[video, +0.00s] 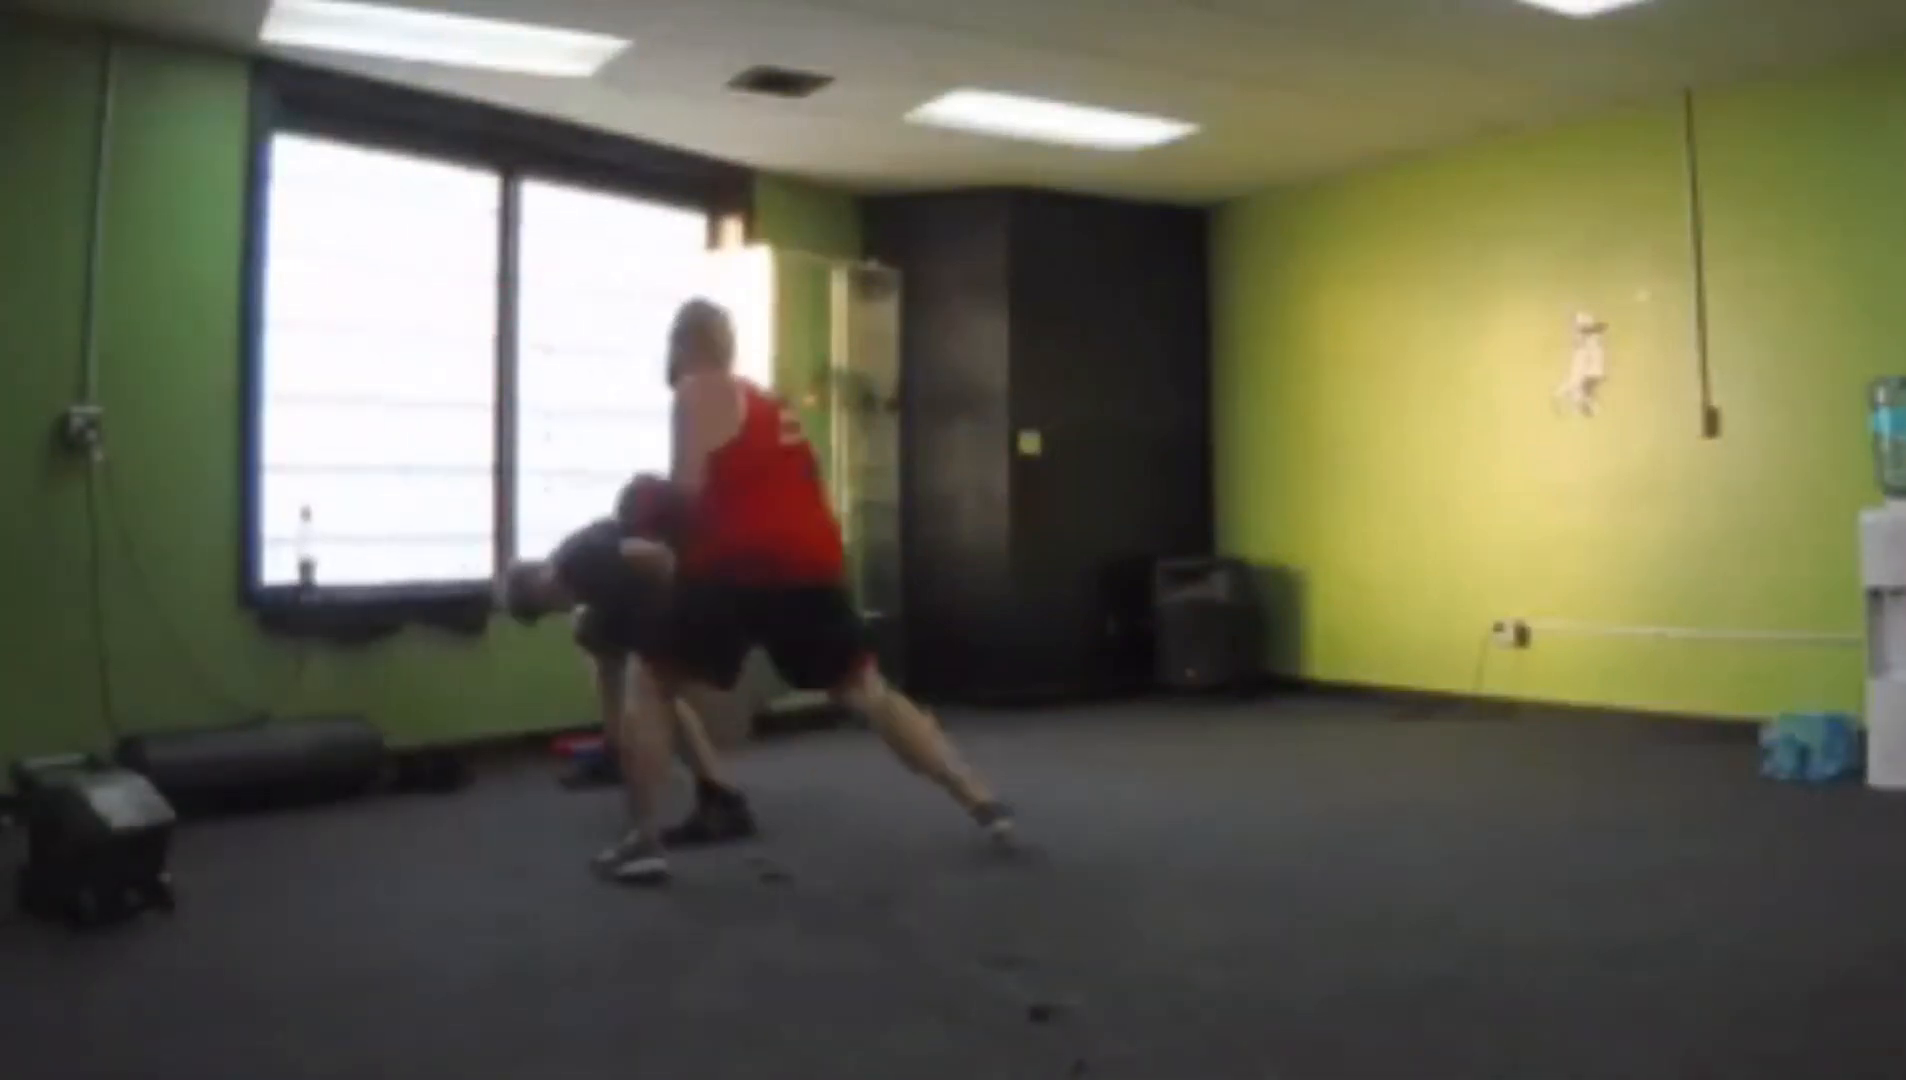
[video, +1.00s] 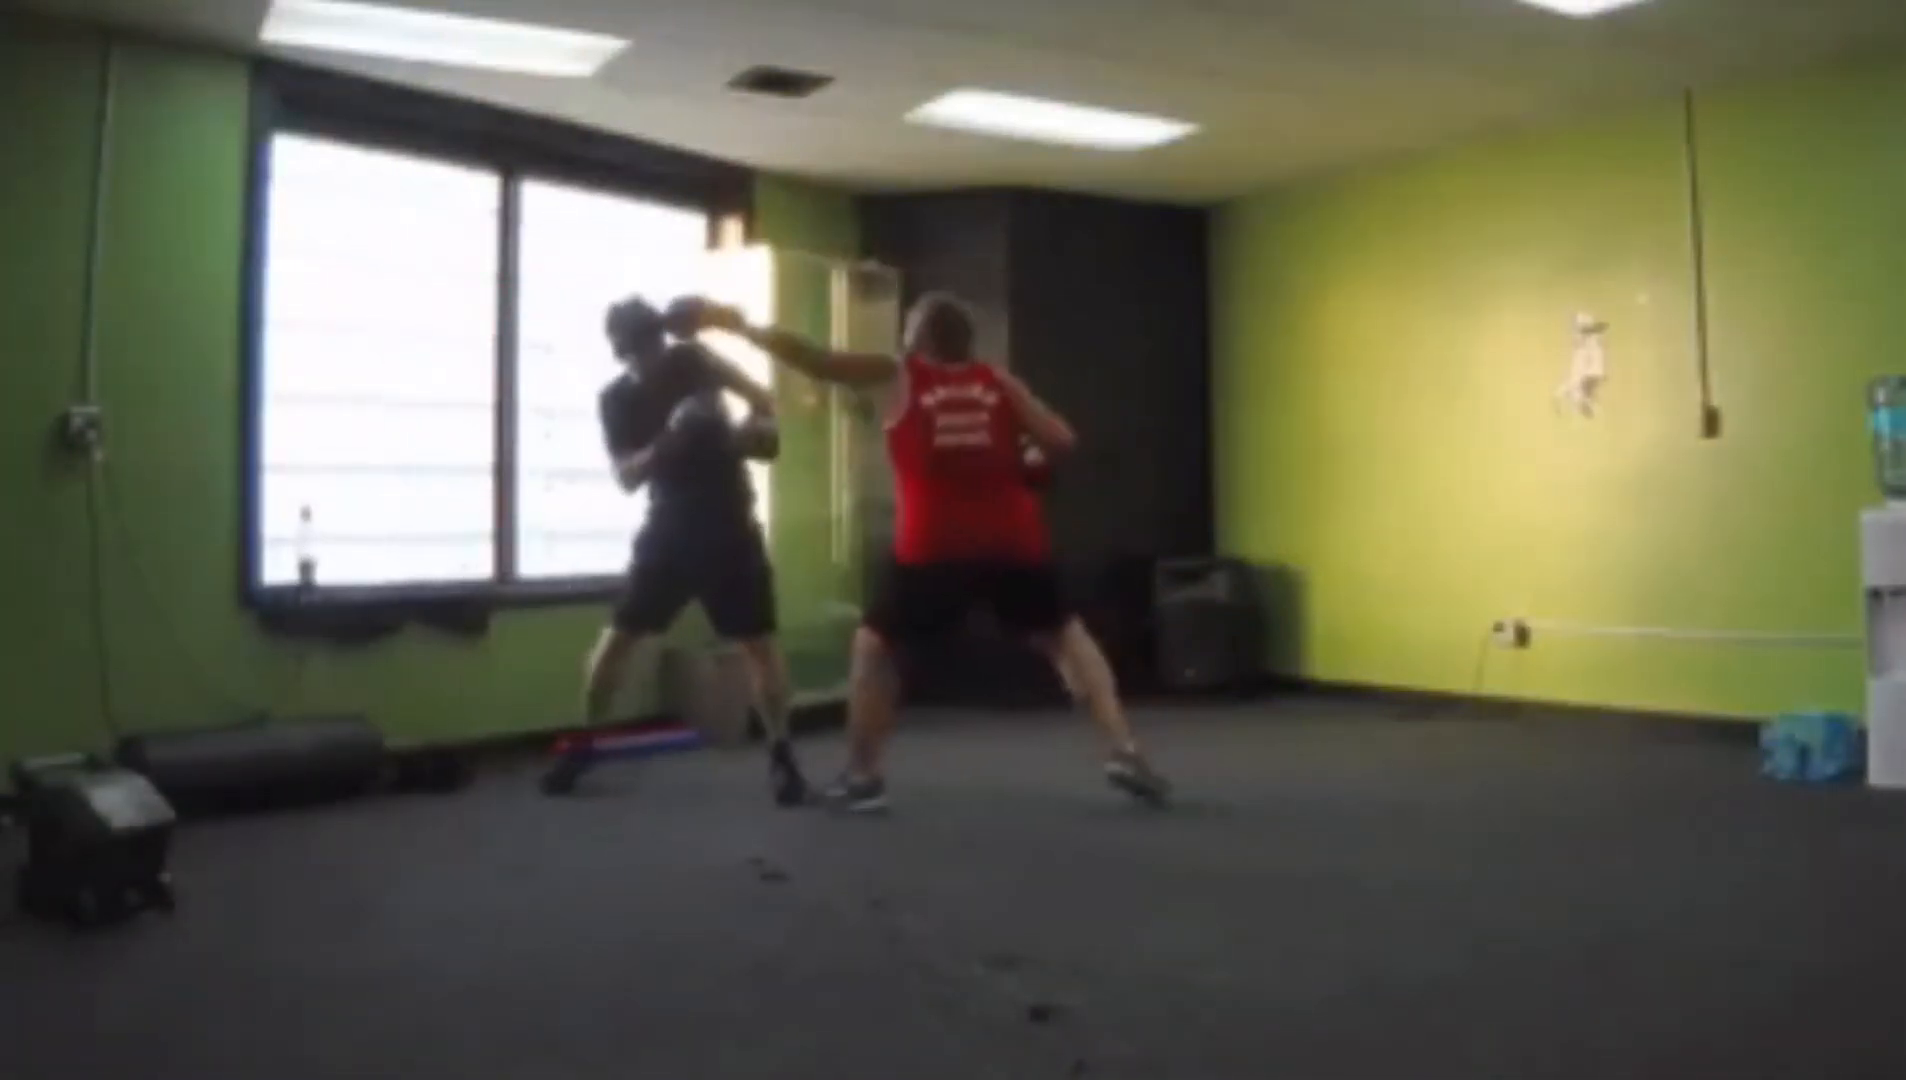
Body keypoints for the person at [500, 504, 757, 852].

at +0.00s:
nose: (554, 610)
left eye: (544, 603)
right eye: (544, 609)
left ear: (540, 581)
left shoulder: (582, 559)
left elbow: (659, 556)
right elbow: (610, 669)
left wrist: (666, 616)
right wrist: (613, 737)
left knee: (655, 690)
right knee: (660, 693)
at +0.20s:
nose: (515, 488)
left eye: (512, 477)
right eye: (509, 483)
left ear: (524, 459)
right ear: (513, 478)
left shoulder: (588, 458)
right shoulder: (560, 502)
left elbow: (672, 486)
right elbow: (605, 557)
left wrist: (715, 547)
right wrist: (593, 603)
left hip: (695, 557)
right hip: (647, 568)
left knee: (705, 674)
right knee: (582, 651)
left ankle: (733, 791)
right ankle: (614, 755)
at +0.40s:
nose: (546, 374)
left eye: (547, 362)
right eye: (538, 369)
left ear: (563, 351)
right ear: (537, 372)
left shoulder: (615, 367)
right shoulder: (560, 423)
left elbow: (692, 385)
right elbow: (584, 489)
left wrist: (696, 443)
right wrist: (591, 538)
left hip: (685, 495)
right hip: (639, 515)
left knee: (719, 628)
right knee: (604, 635)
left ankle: (771, 749)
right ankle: (614, 749)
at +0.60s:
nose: (600, 329)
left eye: (603, 316)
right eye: (588, 322)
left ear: (619, 311)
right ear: (583, 327)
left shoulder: (665, 344)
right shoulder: (590, 387)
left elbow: (729, 390)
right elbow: (599, 450)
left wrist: (730, 453)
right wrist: (614, 489)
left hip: (708, 492)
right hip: (651, 505)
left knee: (745, 627)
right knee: (653, 630)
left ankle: (786, 749)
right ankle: (642, 746)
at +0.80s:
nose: (645, 329)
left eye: (650, 315)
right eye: (633, 320)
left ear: (664, 310)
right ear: (622, 324)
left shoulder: (703, 347)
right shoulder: (620, 384)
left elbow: (759, 403)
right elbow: (622, 467)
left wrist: (750, 445)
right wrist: (649, 475)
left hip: (726, 504)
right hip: (669, 512)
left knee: (757, 635)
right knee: (643, 634)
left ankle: (785, 755)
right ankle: (639, 748)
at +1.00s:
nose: (643, 357)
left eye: (647, 343)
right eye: (630, 350)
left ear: (661, 333)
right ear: (618, 350)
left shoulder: (694, 363)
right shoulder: (618, 398)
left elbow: (760, 399)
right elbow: (627, 476)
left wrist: (759, 433)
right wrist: (675, 433)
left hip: (729, 524)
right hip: (669, 529)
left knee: (759, 644)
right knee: (620, 637)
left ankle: (783, 758)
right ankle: (583, 741)